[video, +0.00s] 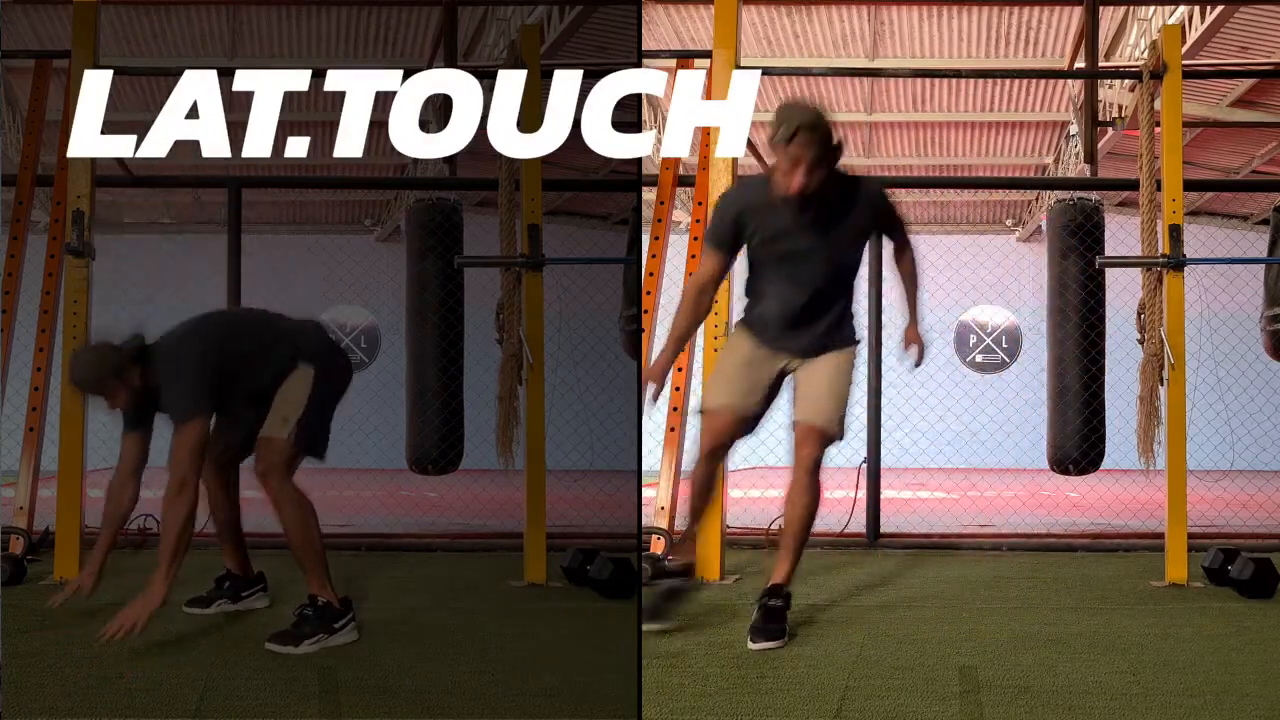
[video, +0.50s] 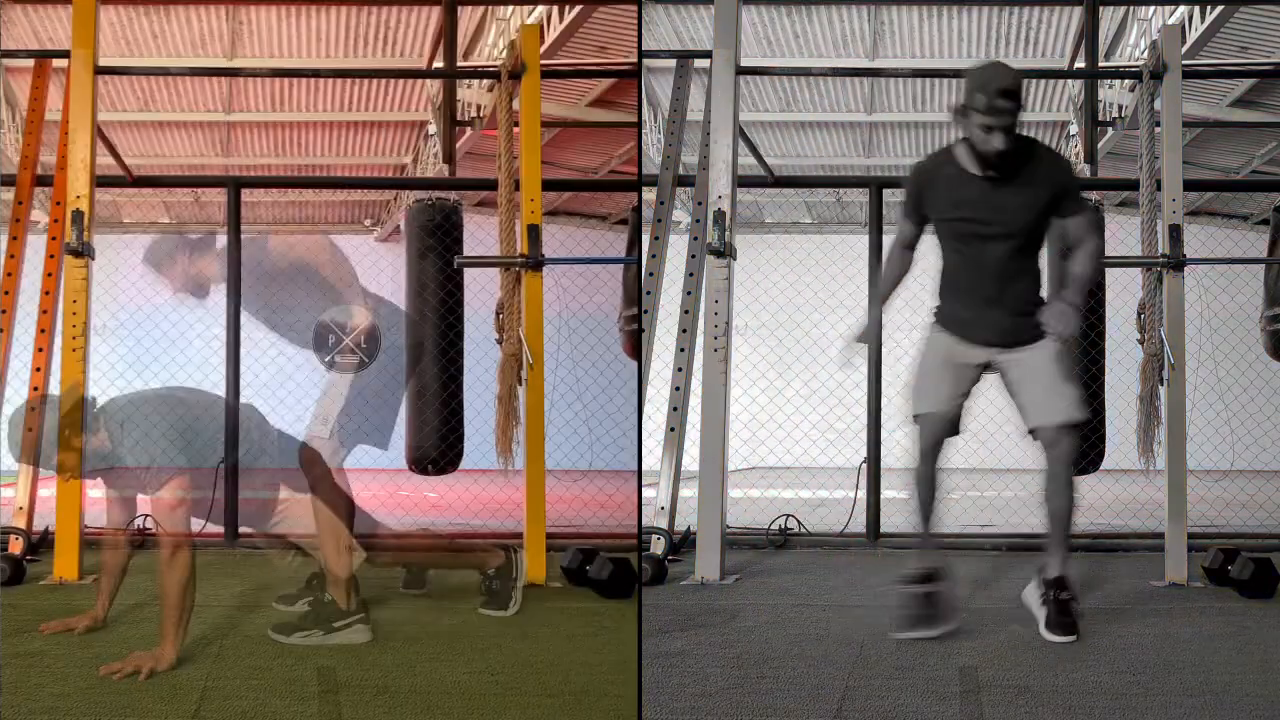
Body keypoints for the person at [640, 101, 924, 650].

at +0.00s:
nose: (800, 180)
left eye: (812, 168)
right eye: (790, 167)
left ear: (830, 159)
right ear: (771, 157)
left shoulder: (861, 200)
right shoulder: (744, 202)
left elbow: (901, 243)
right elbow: (703, 284)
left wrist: (912, 318)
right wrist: (666, 356)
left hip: (829, 343)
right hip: (759, 334)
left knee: (808, 453)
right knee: (713, 438)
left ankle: (777, 592)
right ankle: (683, 553)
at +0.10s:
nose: (840, 145)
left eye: (852, 132)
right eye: (829, 131)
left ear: (869, 126)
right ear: (809, 122)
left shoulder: (895, 174)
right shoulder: (777, 173)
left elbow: (933, 222)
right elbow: (731, 251)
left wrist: (948, 293)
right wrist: (699, 328)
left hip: (862, 323)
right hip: (792, 320)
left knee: (855, 433)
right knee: (763, 433)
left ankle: (833, 567)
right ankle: (764, 566)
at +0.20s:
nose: (880, 142)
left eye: (891, 130)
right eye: (868, 129)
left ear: (905, 125)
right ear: (846, 121)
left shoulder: (926, 177)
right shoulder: (813, 176)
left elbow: (966, 236)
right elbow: (762, 243)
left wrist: (985, 302)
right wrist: (739, 327)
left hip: (893, 336)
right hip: (820, 338)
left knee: (917, 441)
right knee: (804, 458)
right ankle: (798, 591)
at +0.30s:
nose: (920, 138)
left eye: (929, 127)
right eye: (908, 127)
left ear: (940, 125)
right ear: (885, 122)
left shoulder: (965, 187)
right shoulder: (852, 183)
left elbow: (997, 255)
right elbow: (809, 253)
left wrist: (1016, 314)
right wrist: (778, 331)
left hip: (935, 352)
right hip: (860, 350)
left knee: (982, 466)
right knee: (826, 467)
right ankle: (800, 592)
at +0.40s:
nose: (961, 129)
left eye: (971, 117)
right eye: (949, 117)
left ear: (984, 117)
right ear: (926, 114)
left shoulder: (1010, 177)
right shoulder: (895, 184)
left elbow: (1049, 245)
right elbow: (866, 251)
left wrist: (1040, 298)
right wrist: (826, 316)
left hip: (988, 350)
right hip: (915, 349)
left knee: (1020, 471)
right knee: (873, 458)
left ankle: (1038, 592)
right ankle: (829, 582)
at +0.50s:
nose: (1000, 142)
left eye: (1009, 129)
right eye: (987, 129)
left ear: (1020, 121)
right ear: (962, 119)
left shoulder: (1047, 168)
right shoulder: (932, 174)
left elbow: (1088, 239)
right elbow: (902, 245)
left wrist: (1069, 299)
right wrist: (873, 314)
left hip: (1029, 332)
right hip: (955, 331)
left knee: (1062, 442)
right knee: (929, 439)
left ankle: (1054, 581)